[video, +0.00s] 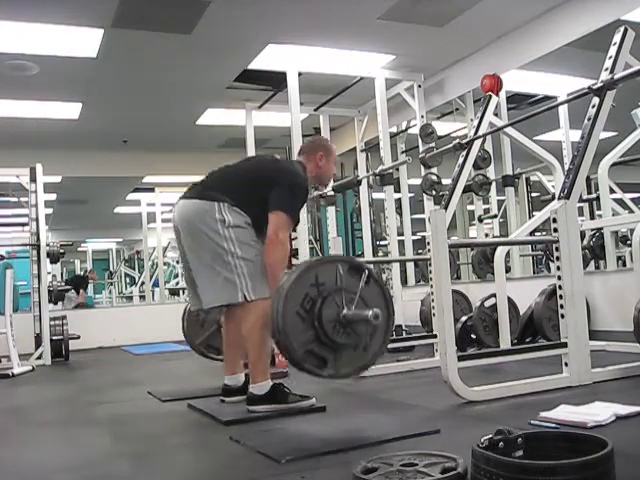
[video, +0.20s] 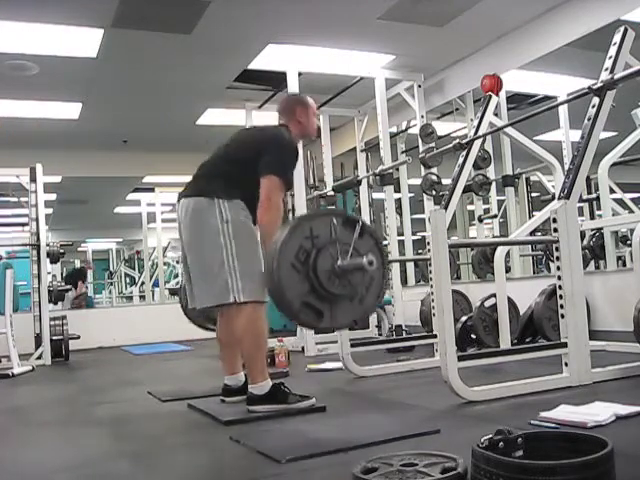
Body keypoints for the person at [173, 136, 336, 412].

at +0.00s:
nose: (334, 173)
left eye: (336, 166)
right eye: (334, 164)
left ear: (309, 158)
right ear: (319, 159)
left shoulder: (276, 172)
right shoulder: (293, 177)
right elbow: (277, 236)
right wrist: (281, 304)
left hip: (190, 209)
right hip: (215, 211)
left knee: (237, 301)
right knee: (259, 298)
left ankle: (234, 383)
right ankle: (262, 389)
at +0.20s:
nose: (318, 122)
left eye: (317, 115)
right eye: (314, 115)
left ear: (286, 118)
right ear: (297, 117)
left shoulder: (259, 136)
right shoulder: (281, 141)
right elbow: (269, 206)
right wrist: (270, 258)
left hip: (195, 203)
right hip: (220, 205)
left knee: (230, 302)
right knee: (251, 298)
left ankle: (234, 382)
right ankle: (262, 389)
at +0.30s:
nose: (297, 101)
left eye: (296, 94)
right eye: (293, 93)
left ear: (266, 94)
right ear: (279, 93)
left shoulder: (244, 120)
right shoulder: (270, 121)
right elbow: (262, 177)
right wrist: (265, 230)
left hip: (200, 204)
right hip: (226, 203)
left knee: (230, 301)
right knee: (249, 299)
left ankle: (234, 382)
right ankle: (261, 388)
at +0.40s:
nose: (274, 79)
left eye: (272, 73)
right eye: (270, 73)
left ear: (242, 78)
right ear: (257, 74)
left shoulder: (225, 111)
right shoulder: (256, 107)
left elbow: (208, 170)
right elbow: (253, 159)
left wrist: (196, 221)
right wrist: (269, 212)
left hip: (207, 209)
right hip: (232, 208)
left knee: (229, 302)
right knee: (251, 299)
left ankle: (234, 382)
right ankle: (261, 388)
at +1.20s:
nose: (289, 83)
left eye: (287, 77)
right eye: (285, 76)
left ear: (259, 80)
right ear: (269, 78)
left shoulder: (241, 111)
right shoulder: (262, 108)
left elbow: (221, 173)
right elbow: (259, 167)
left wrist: (202, 228)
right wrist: (272, 223)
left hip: (210, 206)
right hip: (232, 205)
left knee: (237, 300)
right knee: (262, 297)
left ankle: (234, 382)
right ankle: (262, 389)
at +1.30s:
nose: (304, 99)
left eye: (302, 93)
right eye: (300, 92)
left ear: (272, 96)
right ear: (285, 93)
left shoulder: (251, 121)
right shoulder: (275, 120)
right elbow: (266, 180)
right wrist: (269, 234)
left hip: (204, 206)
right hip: (228, 207)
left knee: (237, 301)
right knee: (261, 298)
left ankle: (234, 382)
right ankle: (262, 388)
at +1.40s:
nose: (315, 116)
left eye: (313, 110)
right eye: (311, 109)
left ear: (286, 113)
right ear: (295, 111)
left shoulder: (259, 134)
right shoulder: (282, 137)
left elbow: (267, 203)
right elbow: (270, 202)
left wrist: (275, 254)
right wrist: (279, 260)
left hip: (196, 208)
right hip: (223, 210)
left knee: (235, 302)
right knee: (259, 299)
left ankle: (234, 382)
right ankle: (262, 388)